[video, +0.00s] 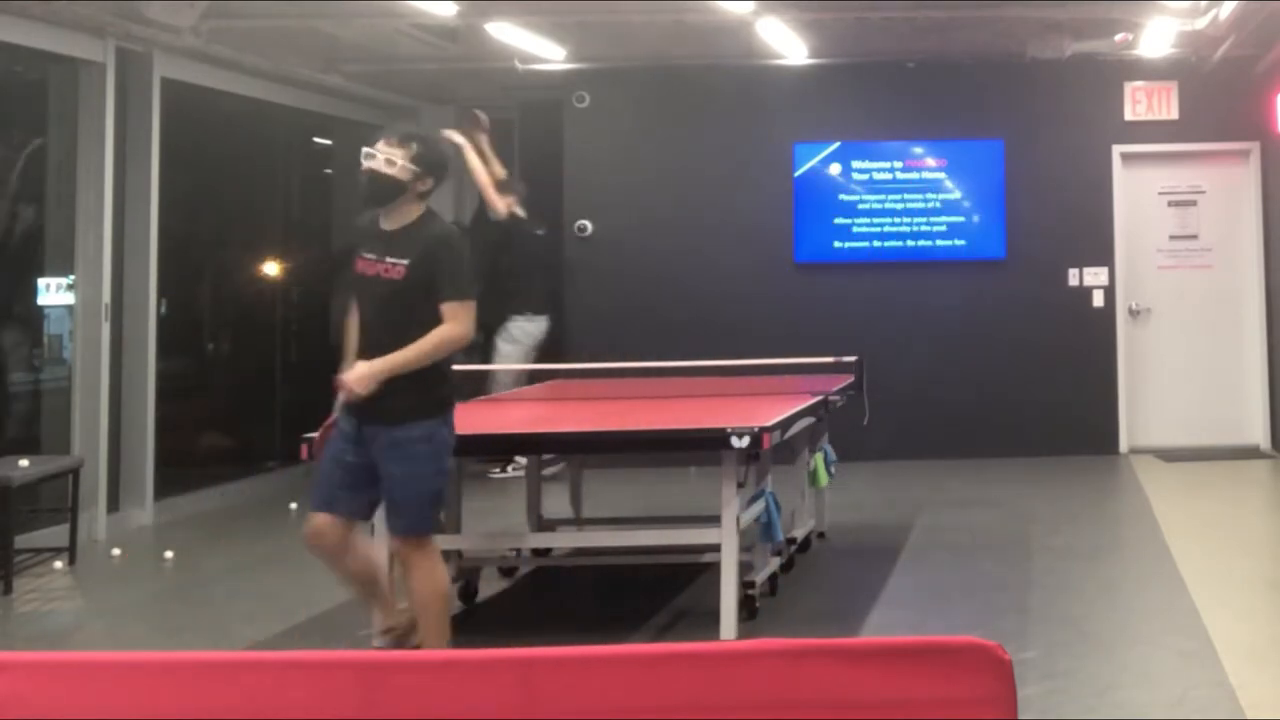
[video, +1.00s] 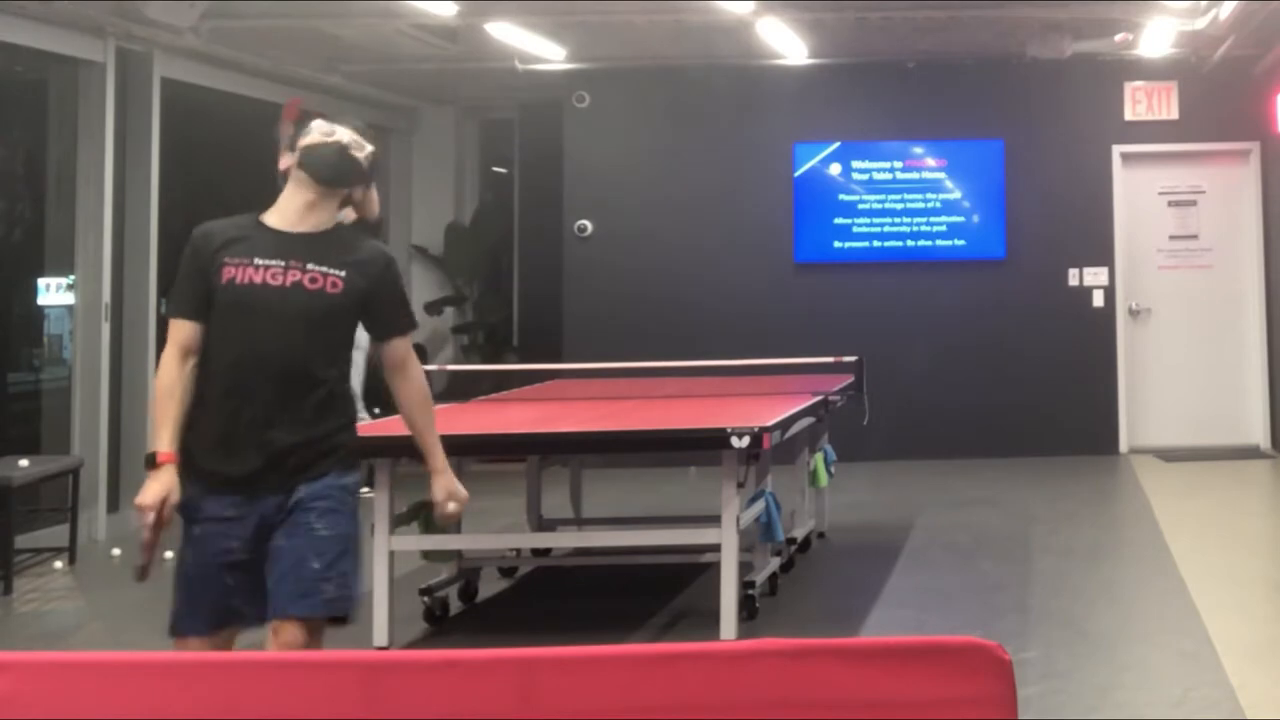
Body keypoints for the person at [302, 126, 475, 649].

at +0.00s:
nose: (374, 174)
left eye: (389, 167)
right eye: (374, 164)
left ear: (422, 182)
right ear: (370, 169)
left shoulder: (444, 239)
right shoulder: (369, 234)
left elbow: (461, 327)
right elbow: (357, 314)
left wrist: (379, 368)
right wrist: (347, 388)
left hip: (416, 420)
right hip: (362, 414)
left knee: (415, 544)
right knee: (325, 530)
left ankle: (436, 664)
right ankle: (394, 613)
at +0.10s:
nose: (372, 171)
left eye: (389, 164)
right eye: (368, 159)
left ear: (418, 182)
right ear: (356, 166)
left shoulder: (444, 242)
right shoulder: (341, 234)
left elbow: (464, 329)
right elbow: (326, 311)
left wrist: (397, 385)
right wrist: (316, 393)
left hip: (416, 429)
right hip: (344, 421)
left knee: (421, 548)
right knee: (298, 542)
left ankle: (437, 667)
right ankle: (325, 664)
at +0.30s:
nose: (334, 179)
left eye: (351, 171)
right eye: (327, 167)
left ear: (379, 188)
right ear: (314, 176)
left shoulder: (410, 255)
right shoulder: (296, 251)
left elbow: (440, 341)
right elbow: (273, 332)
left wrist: (450, 432)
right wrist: (248, 414)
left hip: (385, 445)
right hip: (305, 438)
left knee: (400, 563)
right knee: (284, 568)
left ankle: (428, 671)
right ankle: (261, 707)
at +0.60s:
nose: (294, 146)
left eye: (310, 140)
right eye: (281, 138)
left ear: (334, 165)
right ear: (262, 159)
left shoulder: (365, 235)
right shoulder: (226, 244)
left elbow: (391, 326)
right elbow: (201, 341)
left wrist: (381, 420)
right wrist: (178, 439)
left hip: (336, 443)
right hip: (252, 444)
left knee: (320, 589)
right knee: (255, 594)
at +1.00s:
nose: (336, 144)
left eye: (350, 142)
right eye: (322, 134)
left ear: (360, 183)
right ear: (286, 161)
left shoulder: (369, 261)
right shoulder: (214, 244)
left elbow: (402, 366)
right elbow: (180, 354)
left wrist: (439, 467)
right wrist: (163, 463)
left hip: (317, 480)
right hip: (219, 482)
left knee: (294, 643)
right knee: (200, 653)